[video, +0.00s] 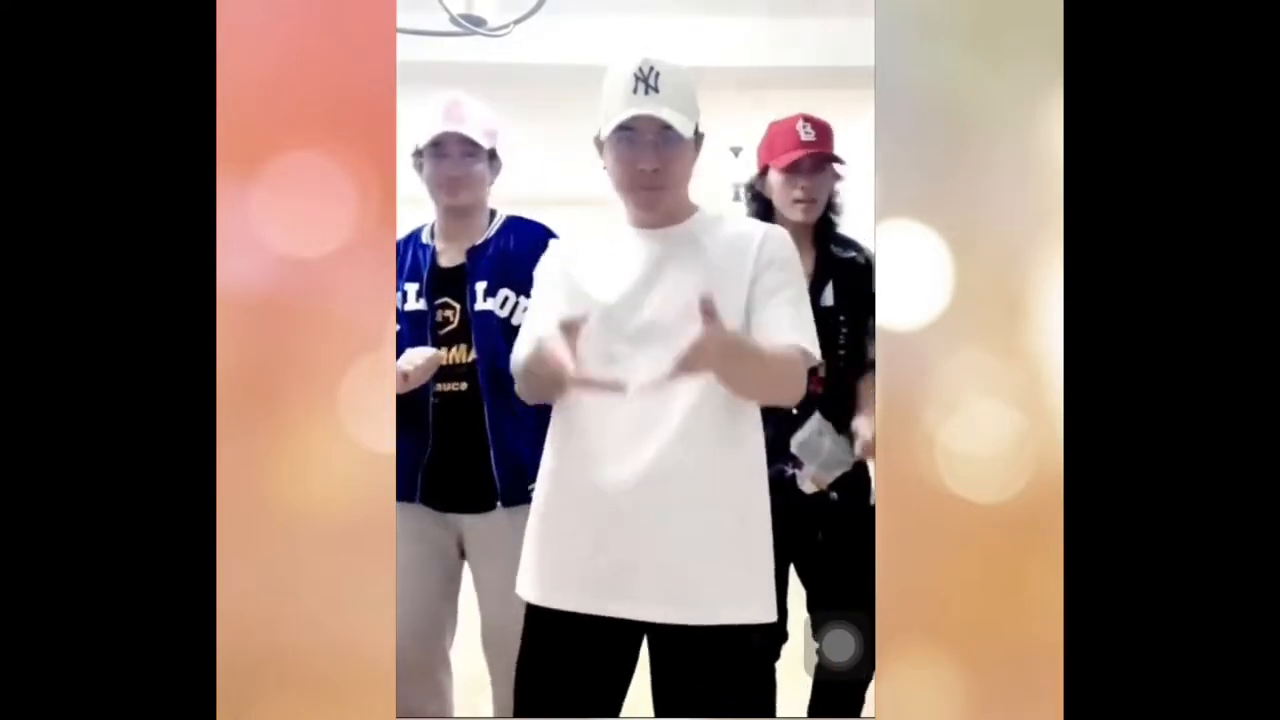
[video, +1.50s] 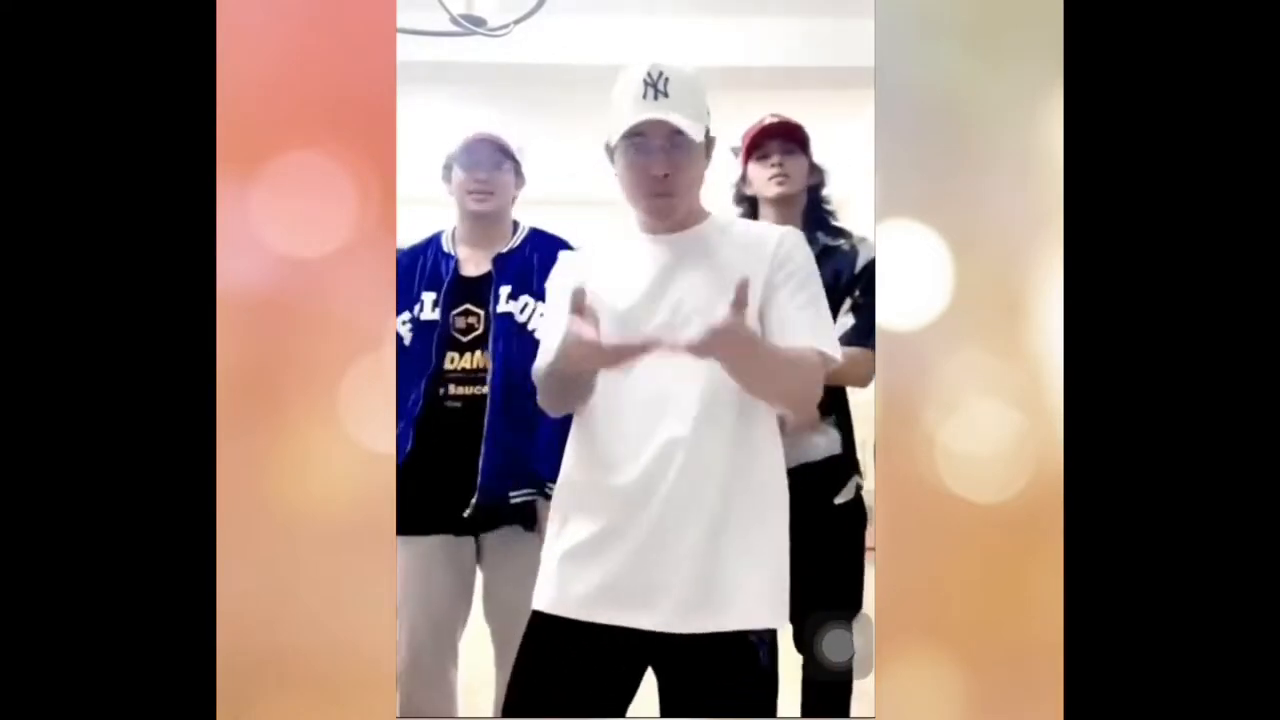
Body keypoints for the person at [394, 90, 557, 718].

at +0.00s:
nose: (453, 168)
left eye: (469, 154)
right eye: (439, 154)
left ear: (495, 168)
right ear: (420, 168)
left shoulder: (535, 248)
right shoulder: (394, 259)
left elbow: (571, 348)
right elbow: (358, 367)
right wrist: (392, 375)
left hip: (509, 493)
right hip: (414, 494)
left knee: (515, 662)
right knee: (414, 660)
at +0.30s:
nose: (488, 181)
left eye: (503, 170)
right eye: (475, 168)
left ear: (524, 184)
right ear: (451, 178)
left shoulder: (550, 267)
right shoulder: (405, 267)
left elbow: (576, 378)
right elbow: (374, 375)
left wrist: (569, 476)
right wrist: (387, 459)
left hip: (519, 498)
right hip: (425, 497)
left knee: (519, 665)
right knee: (417, 659)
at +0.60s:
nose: (509, 164)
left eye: (525, 155)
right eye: (496, 153)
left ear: (543, 180)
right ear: (472, 169)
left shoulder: (557, 264)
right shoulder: (420, 253)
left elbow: (570, 378)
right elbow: (382, 365)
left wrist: (537, 481)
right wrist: (388, 477)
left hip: (533, 485)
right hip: (441, 481)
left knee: (532, 665)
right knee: (425, 665)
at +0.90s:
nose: (483, 165)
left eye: (498, 156)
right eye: (470, 156)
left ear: (522, 176)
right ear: (449, 173)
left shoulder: (549, 262)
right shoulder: (404, 256)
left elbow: (574, 360)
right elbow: (367, 360)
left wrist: (558, 463)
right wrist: (376, 472)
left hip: (523, 486)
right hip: (428, 485)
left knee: (526, 658)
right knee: (421, 658)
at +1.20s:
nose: (464, 167)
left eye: (479, 157)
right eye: (451, 157)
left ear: (503, 179)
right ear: (431, 174)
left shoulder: (533, 258)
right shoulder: (399, 257)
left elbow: (565, 364)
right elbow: (366, 355)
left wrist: (555, 466)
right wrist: (373, 459)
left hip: (505, 489)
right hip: (414, 485)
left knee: (514, 660)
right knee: (416, 654)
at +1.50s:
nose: (483, 176)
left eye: (497, 166)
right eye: (470, 165)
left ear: (518, 184)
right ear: (449, 181)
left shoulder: (557, 264)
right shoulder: (406, 266)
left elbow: (578, 380)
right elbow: (373, 371)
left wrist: (562, 488)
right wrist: (380, 472)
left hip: (521, 493)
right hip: (427, 492)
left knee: (523, 661)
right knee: (422, 659)